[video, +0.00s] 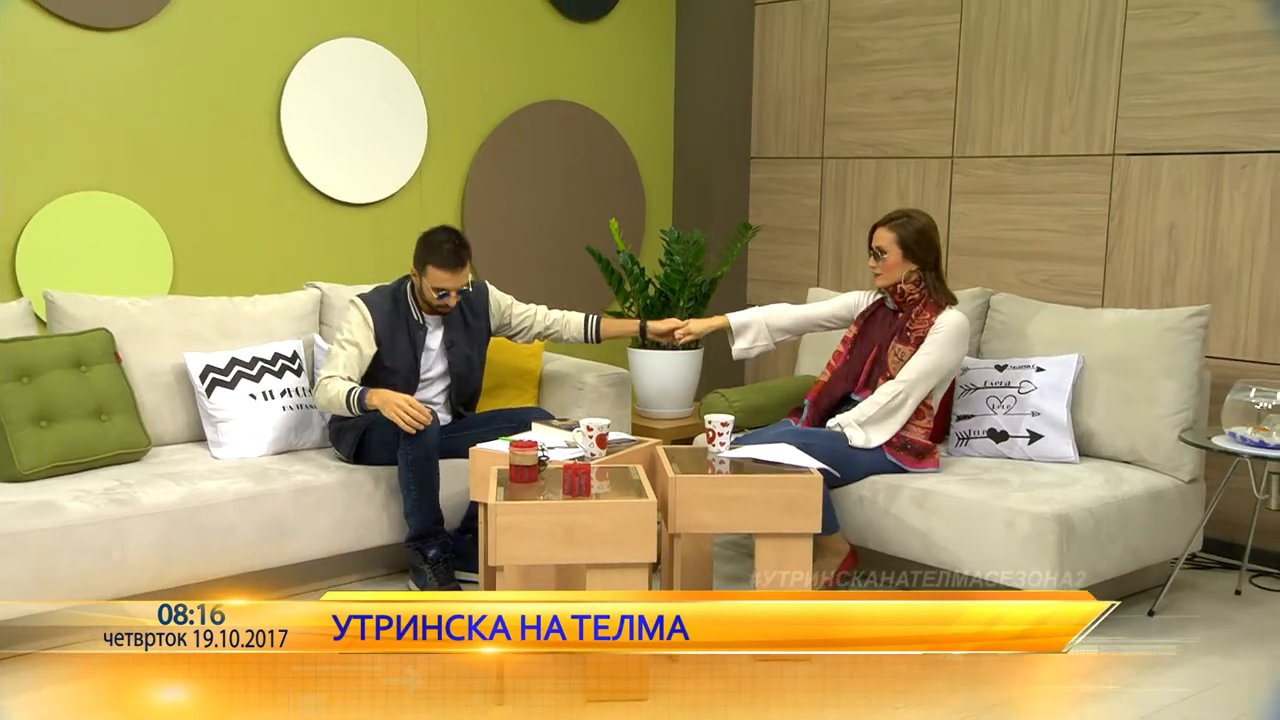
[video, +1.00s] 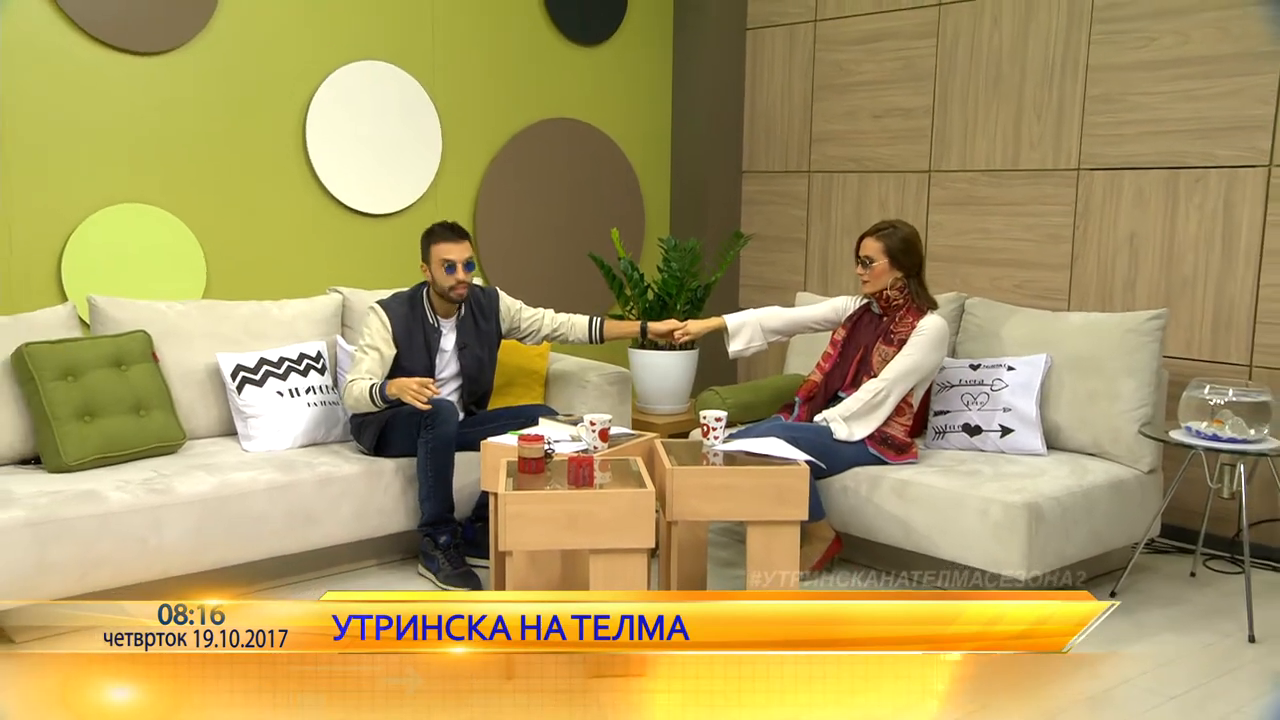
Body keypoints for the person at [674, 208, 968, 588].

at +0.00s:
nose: (871, 263)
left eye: (880, 254)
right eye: (872, 254)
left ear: (914, 259)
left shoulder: (949, 323)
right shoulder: (871, 304)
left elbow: (904, 389)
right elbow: (797, 315)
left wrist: (836, 430)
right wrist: (714, 323)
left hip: (898, 447)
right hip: (843, 426)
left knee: (787, 445)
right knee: (743, 446)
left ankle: (836, 551)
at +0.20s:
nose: (869, 266)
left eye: (879, 258)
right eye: (870, 257)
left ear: (912, 262)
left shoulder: (946, 325)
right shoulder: (868, 305)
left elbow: (900, 389)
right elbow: (796, 316)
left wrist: (832, 428)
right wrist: (714, 321)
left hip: (893, 444)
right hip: (840, 422)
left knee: (787, 445)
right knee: (742, 446)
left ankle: (832, 548)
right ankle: (786, 548)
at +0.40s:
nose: (866, 268)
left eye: (876, 259)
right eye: (867, 258)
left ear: (909, 265)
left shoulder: (942, 326)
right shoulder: (865, 306)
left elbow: (896, 388)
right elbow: (793, 317)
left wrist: (829, 427)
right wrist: (714, 321)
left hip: (889, 441)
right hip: (838, 421)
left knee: (783, 445)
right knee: (745, 445)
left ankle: (829, 546)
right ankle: (786, 545)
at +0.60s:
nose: (863, 269)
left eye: (873, 261)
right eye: (864, 260)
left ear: (905, 266)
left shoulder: (938, 326)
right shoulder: (863, 306)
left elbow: (892, 387)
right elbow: (792, 317)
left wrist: (826, 427)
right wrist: (714, 322)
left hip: (884, 439)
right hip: (835, 420)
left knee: (778, 445)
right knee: (742, 444)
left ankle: (826, 542)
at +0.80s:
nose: (861, 271)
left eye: (870, 262)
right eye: (861, 261)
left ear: (902, 267)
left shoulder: (934, 327)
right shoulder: (860, 307)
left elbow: (889, 387)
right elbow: (790, 318)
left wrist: (826, 424)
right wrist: (713, 322)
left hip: (881, 439)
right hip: (833, 420)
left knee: (779, 442)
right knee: (742, 443)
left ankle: (822, 538)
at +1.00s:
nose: (859, 271)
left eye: (868, 263)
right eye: (859, 262)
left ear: (899, 267)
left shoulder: (930, 327)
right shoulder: (856, 308)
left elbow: (885, 387)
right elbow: (787, 318)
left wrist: (822, 423)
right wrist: (711, 323)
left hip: (878, 439)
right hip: (828, 419)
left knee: (777, 437)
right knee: (741, 441)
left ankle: (820, 535)